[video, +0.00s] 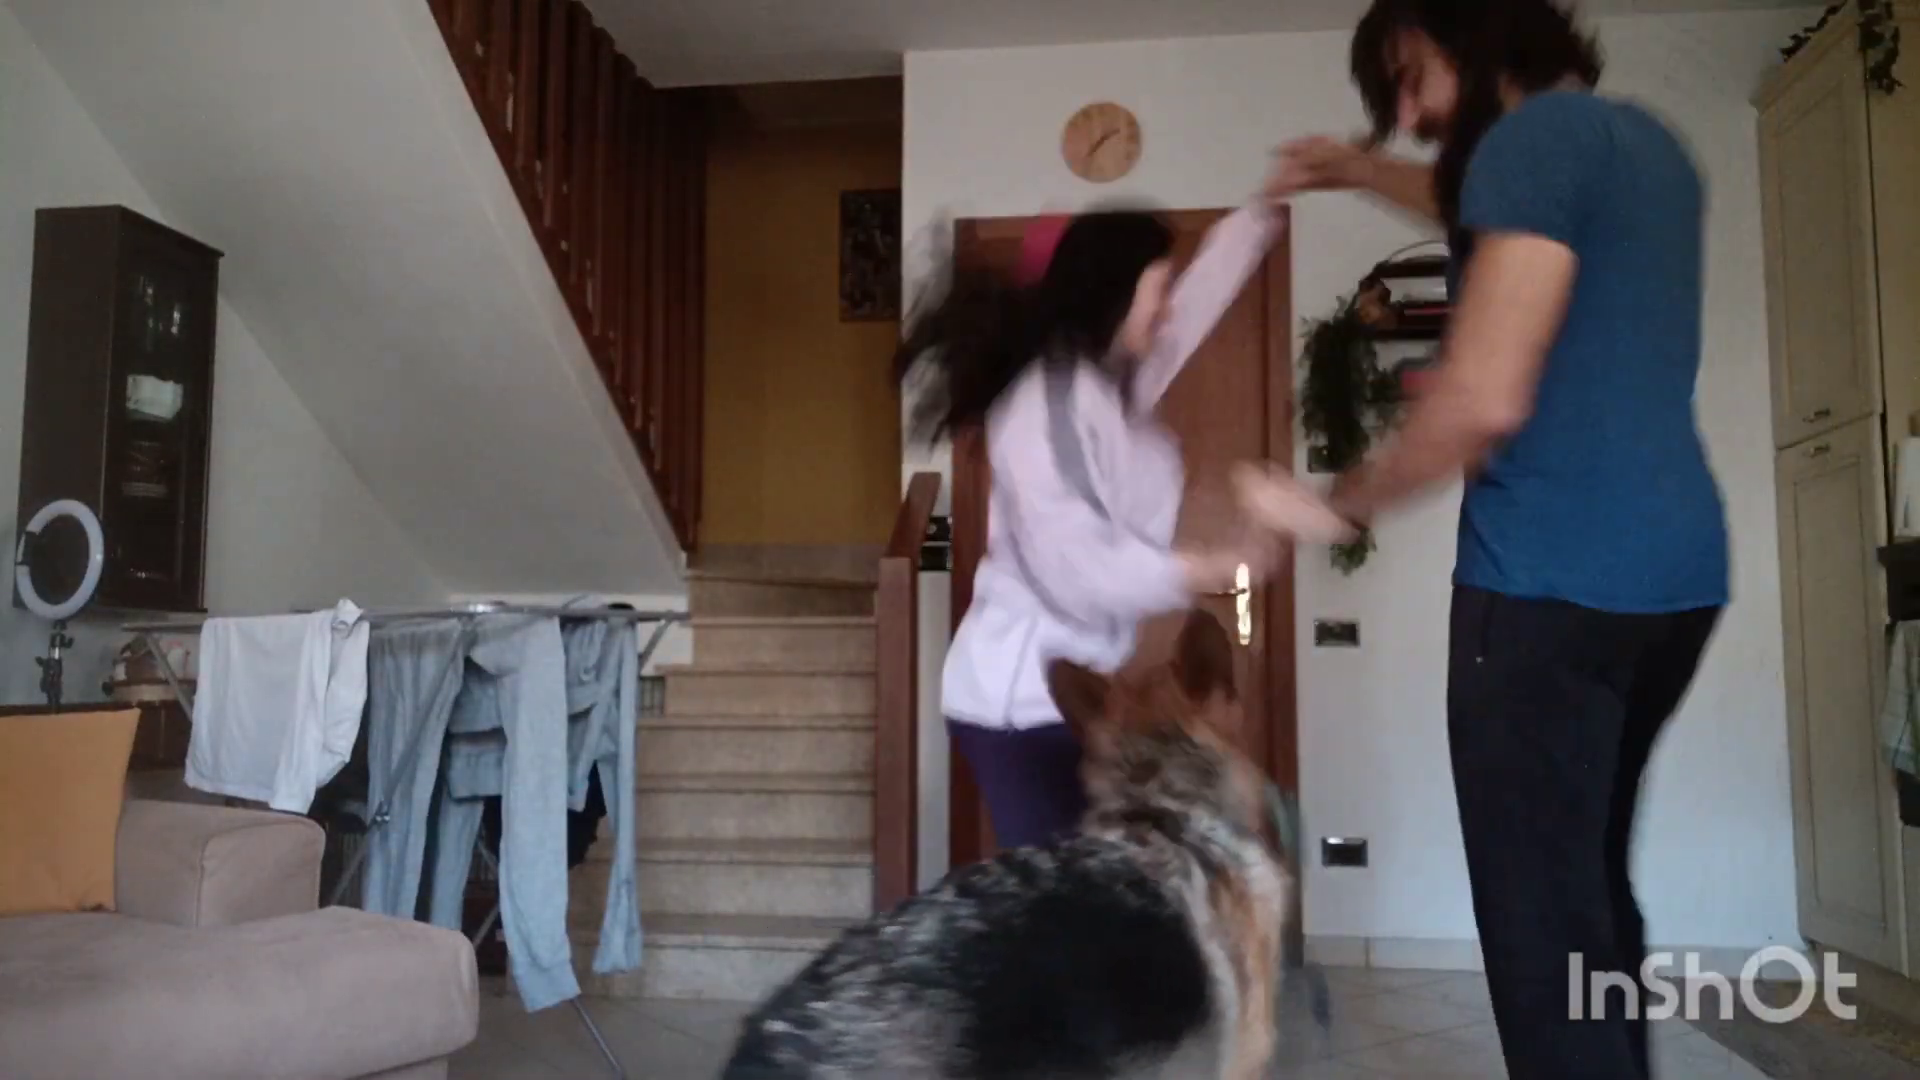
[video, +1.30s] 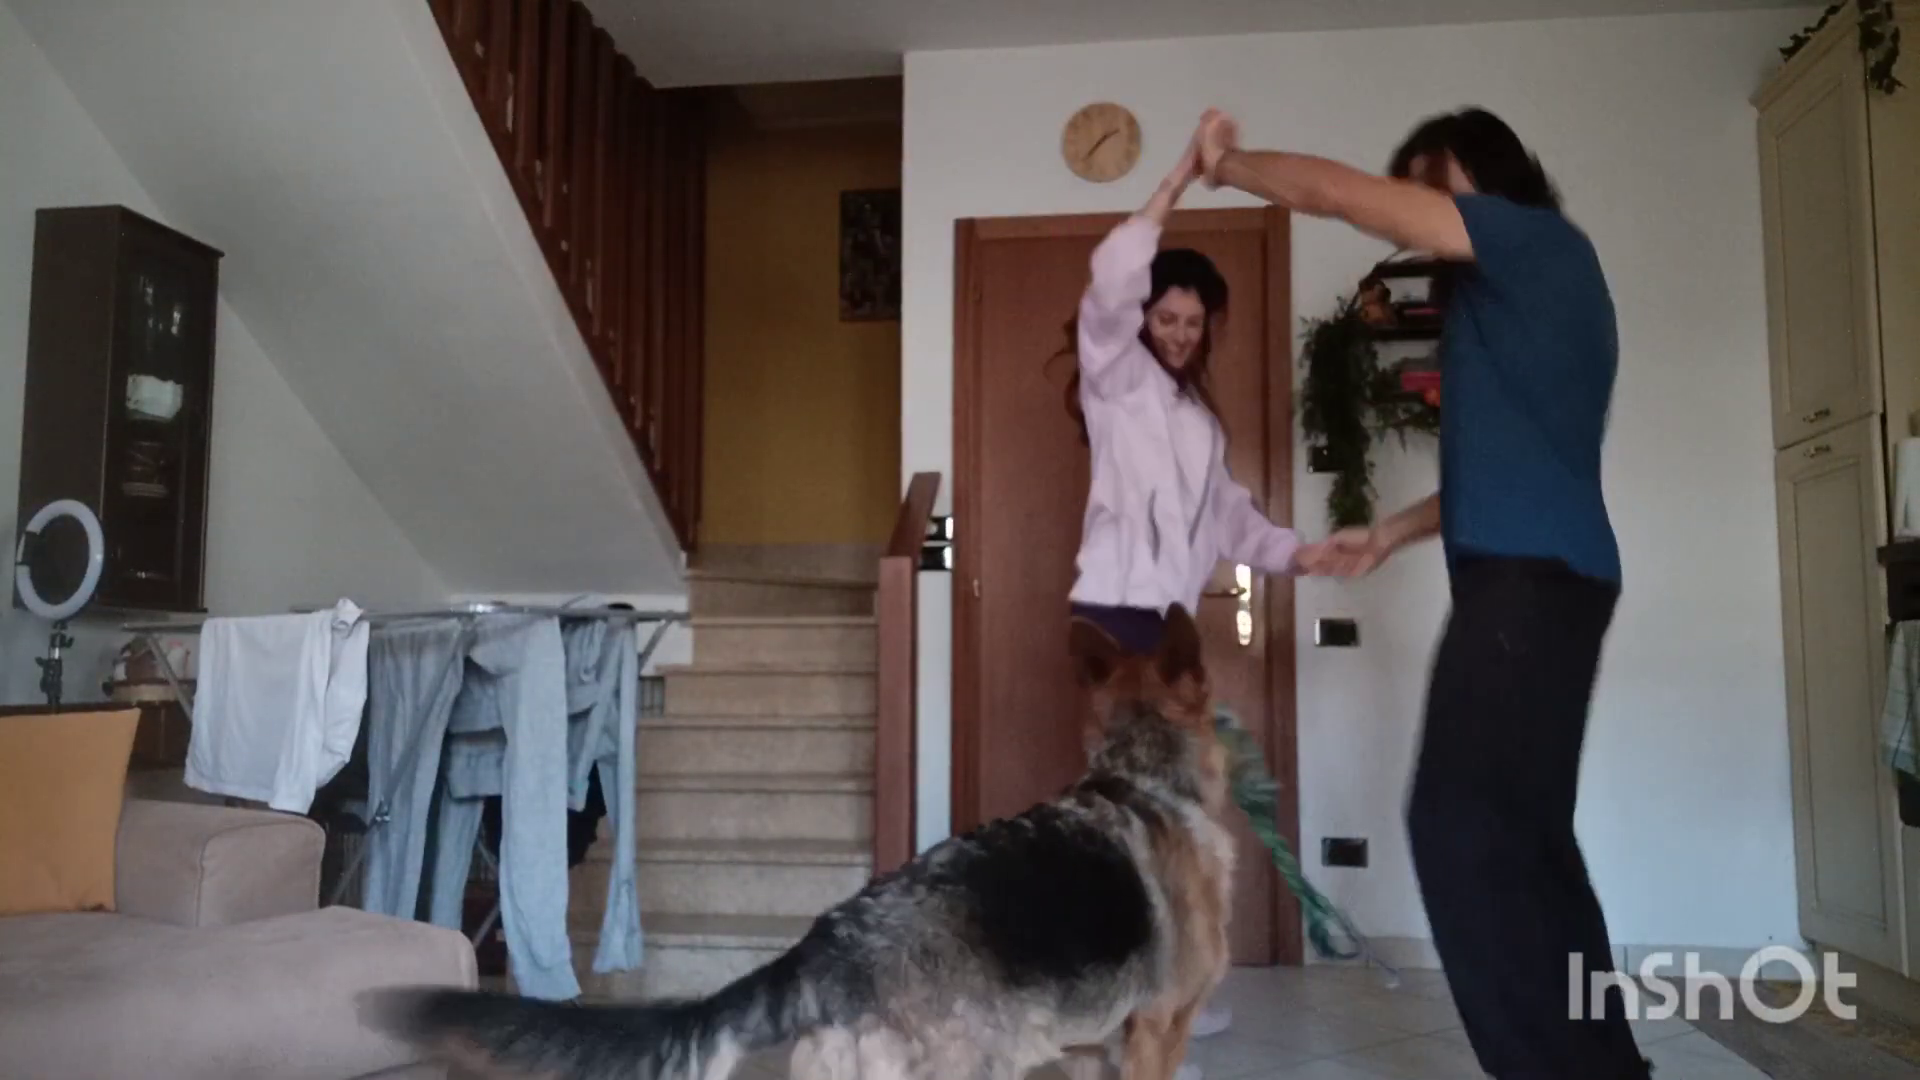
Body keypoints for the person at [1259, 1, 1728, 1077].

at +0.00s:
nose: (1409, 109)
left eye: (1413, 74)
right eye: (1396, 89)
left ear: (1476, 38)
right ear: (1529, 35)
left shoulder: (1537, 146)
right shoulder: (1650, 145)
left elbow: (1483, 397)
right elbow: (1511, 212)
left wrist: (1343, 503)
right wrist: (1367, 172)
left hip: (1549, 581)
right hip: (1661, 577)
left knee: (1533, 908)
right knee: (1588, 883)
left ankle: (1576, 1071)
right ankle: (1616, 1061)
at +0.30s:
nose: (1411, 180)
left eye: (1423, 150)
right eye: (1398, 161)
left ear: (1485, 127)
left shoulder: (1572, 219)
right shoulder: (1516, 235)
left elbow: (1572, 426)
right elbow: (1401, 292)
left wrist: (1427, 519)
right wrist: (1283, 227)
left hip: (1569, 590)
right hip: (1535, 584)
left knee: (1528, 862)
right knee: (1543, 860)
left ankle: (1588, 1072)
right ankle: (1596, 1068)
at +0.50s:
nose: (1430, 181)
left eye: (1444, 150)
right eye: (1416, 163)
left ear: (1505, 131)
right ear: (1414, 167)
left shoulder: (1596, 237)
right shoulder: (1493, 264)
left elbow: (1604, 432)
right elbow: (1383, 342)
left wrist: (1457, 534)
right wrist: (1235, 357)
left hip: (1576, 579)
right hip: (1521, 575)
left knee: (1541, 846)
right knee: (1532, 847)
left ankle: (1586, 1065)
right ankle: (1591, 1062)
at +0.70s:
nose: (1429, 190)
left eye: (1444, 159)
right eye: (1416, 172)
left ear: (1507, 147)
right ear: (1414, 179)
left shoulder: (1591, 246)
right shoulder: (1477, 282)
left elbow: (1584, 406)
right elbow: (1419, 417)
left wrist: (1416, 420)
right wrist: (1305, 477)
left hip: (1576, 593)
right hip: (1506, 591)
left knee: (1552, 857)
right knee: (1533, 856)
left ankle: (1632, 1067)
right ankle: (1629, 1063)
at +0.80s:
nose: (1432, 210)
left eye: (1451, 183)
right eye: (1422, 192)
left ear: (1509, 182)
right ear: (1419, 205)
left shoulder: (1582, 271)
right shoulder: (1486, 313)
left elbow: (1538, 388)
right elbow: (1447, 450)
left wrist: (1379, 323)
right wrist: (1337, 524)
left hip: (1574, 620)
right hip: (1505, 623)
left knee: (1540, 865)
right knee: (1508, 866)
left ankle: (1634, 1072)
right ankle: (1611, 1068)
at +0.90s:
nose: (1442, 184)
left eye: (1460, 157)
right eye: (1429, 169)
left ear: (1512, 155)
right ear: (1427, 184)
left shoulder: (1586, 245)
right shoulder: (1476, 292)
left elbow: (1493, 287)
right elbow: (1462, 446)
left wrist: (1347, 208)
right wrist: (1374, 528)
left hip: (1568, 578)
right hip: (1504, 580)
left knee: (1525, 830)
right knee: (1511, 830)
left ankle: (1610, 1066)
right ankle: (1601, 1062)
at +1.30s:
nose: (1421, 222)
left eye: (1425, 200)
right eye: (1416, 206)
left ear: (1467, 171)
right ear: (1488, 173)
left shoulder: (1536, 240)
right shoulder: (1538, 283)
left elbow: (1339, 192)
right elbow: (1513, 465)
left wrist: (1230, 161)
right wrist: (1393, 529)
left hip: (1526, 575)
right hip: (1542, 574)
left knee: (1456, 820)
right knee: (1528, 828)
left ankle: (1540, 1063)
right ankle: (1605, 1062)